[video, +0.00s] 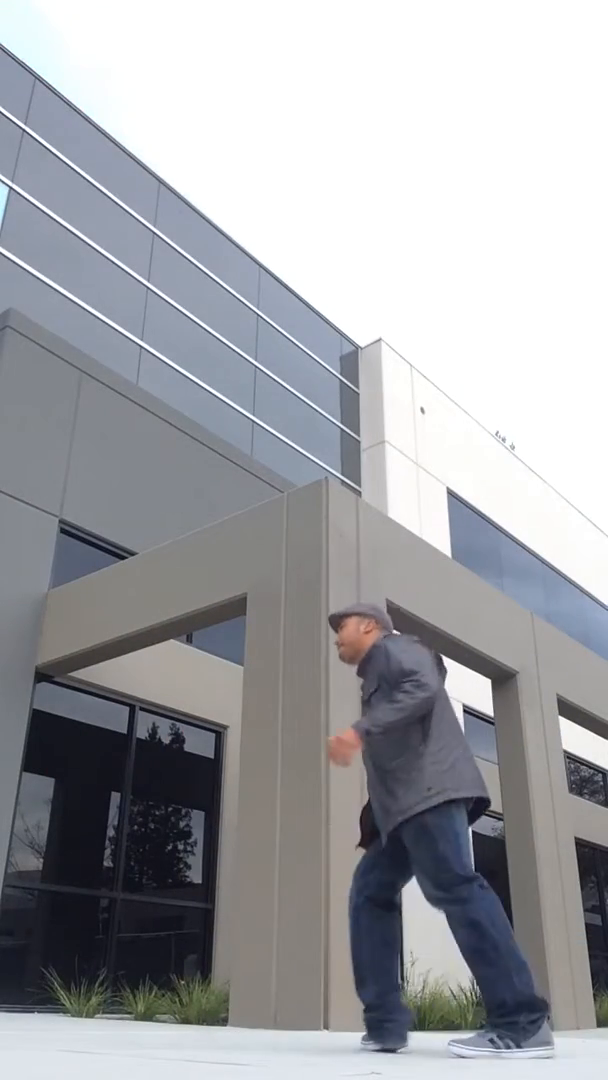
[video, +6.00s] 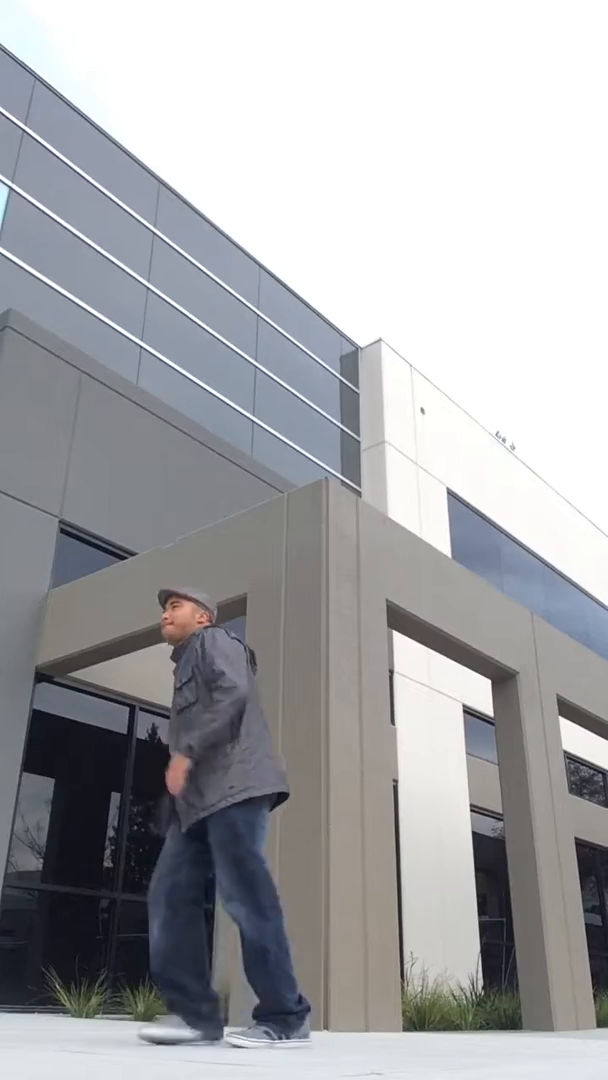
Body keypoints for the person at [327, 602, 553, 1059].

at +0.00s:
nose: (336, 639)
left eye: (341, 628)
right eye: (335, 632)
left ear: (368, 626)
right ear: (366, 629)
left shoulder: (395, 646)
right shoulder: (374, 674)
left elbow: (420, 687)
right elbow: (398, 757)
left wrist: (360, 730)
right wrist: (378, 812)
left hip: (431, 790)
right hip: (405, 804)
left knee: (457, 888)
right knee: (371, 891)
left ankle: (522, 1023)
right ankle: (385, 1027)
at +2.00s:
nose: (197, 662)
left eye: (201, 655)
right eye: (199, 655)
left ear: (218, 656)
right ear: (236, 659)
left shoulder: (200, 690)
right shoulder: (273, 704)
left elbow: (164, 743)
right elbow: (294, 762)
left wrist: (143, 788)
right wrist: (282, 819)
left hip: (205, 812)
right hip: (256, 820)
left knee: (169, 895)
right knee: (217, 915)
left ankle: (212, 979)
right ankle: (217, 1020)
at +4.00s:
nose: (255, 559)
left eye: (262, 555)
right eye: (243, 552)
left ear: (268, 573)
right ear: (220, 566)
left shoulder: (269, 629)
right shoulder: (194, 610)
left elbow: (267, 693)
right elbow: (172, 667)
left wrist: (275, 717)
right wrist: (230, 711)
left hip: (251, 775)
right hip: (192, 768)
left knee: (258, 884)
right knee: (192, 880)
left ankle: (246, 1016)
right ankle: (170, 1019)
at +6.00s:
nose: (165, 614)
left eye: (176, 606)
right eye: (163, 609)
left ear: (204, 616)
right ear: (168, 624)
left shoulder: (214, 639)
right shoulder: (186, 667)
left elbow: (232, 692)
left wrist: (186, 751)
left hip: (235, 784)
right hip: (200, 794)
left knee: (246, 895)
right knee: (170, 894)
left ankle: (285, 1018)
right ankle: (196, 1016)